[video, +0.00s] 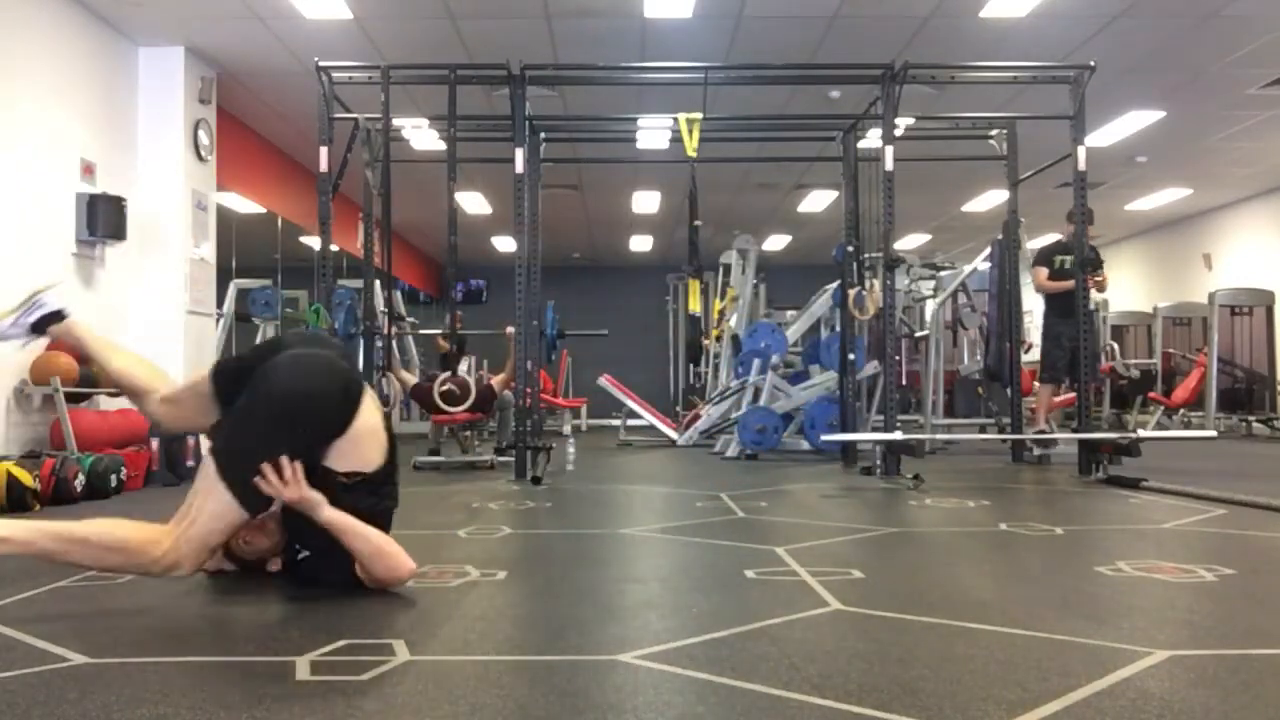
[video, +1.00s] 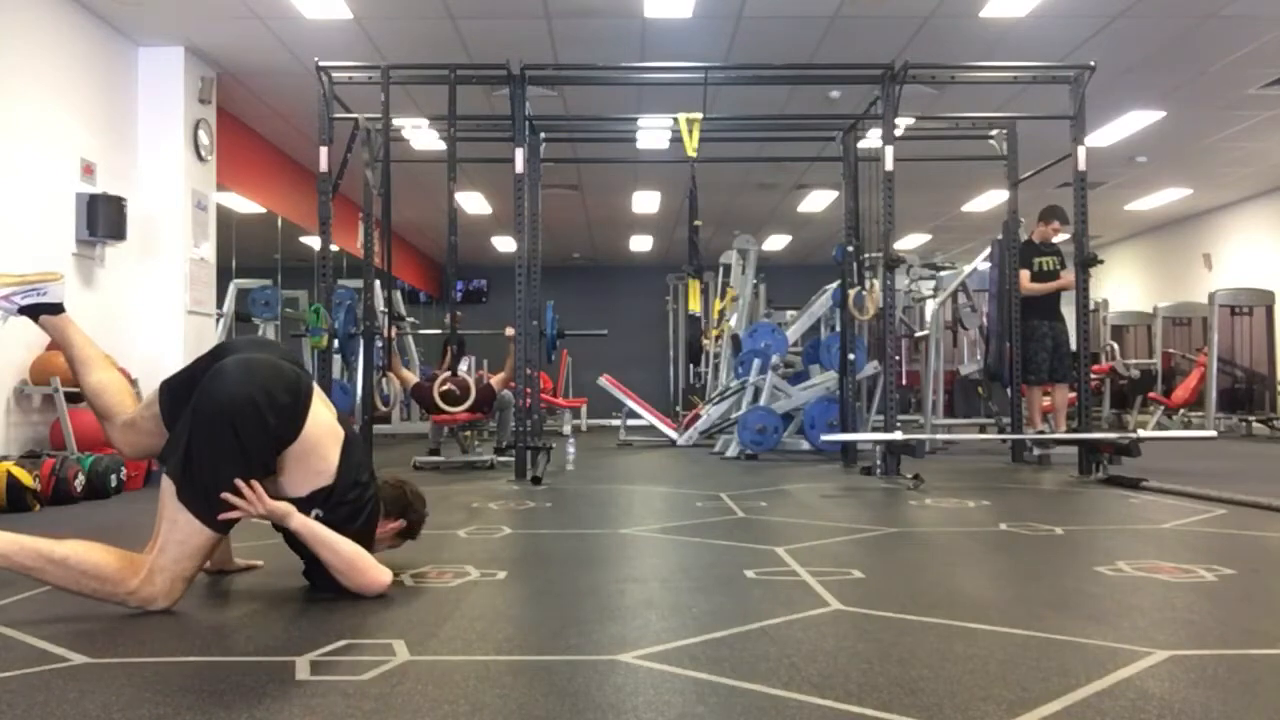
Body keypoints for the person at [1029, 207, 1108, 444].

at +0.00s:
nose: (1080, 230)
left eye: (1085, 226)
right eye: (1076, 224)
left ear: (1091, 228)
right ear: (1067, 225)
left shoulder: (1092, 254)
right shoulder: (1047, 252)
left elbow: (1101, 286)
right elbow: (1040, 284)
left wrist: (1098, 282)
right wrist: (1074, 284)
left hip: (1083, 321)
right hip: (1057, 321)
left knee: (1086, 374)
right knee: (1050, 375)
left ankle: (1085, 421)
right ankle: (1041, 423)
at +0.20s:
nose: (1070, 236)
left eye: (1073, 232)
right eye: (1067, 230)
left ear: (1075, 230)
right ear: (1056, 225)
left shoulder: (1076, 251)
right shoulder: (1036, 252)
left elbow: (1082, 278)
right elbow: (1029, 285)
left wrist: (1088, 281)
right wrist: (1065, 284)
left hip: (1074, 321)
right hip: (1047, 321)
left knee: (1077, 376)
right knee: (1042, 377)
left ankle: (1082, 423)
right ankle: (1038, 424)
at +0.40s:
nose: (1065, 236)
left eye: (1067, 231)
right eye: (1062, 230)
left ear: (1063, 230)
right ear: (1049, 225)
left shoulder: (1064, 251)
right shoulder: (1029, 250)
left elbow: (1069, 280)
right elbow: (1025, 286)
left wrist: (1081, 280)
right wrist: (1063, 284)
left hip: (1061, 318)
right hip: (1038, 319)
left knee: (1072, 373)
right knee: (1038, 377)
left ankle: (1076, 422)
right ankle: (1038, 425)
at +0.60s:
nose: (1059, 236)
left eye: (1061, 232)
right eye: (1058, 230)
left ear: (1053, 228)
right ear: (1045, 224)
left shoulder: (1057, 250)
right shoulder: (1026, 250)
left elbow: (1063, 278)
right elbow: (1024, 286)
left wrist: (1079, 279)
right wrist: (1060, 284)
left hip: (1057, 317)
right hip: (1035, 318)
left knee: (1062, 376)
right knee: (1036, 377)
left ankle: (1061, 429)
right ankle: (1037, 427)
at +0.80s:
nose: (1057, 235)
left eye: (1059, 231)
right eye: (1054, 229)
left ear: (1053, 228)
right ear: (1041, 224)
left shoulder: (1056, 251)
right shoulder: (1025, 249)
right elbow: (1023, 287)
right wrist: (1059, 284)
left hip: (1055, 317)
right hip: (1034, 319)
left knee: (1061, 376)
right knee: (1036, 377)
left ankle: (1061, 428)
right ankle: (1037, 427)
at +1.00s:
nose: (1056, 235)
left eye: (1059, 231)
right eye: (1055, 230)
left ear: (1049, 228)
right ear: (1042, 225)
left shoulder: (1055, 251)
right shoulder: (1024, 250)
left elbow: (1062, 279)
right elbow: (1024, 287)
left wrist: (1075, 278)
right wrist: (1059, 283)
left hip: (1055, 317)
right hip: (1033, 319)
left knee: (1061, 376)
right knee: (1036, 377)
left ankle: (1061, 428)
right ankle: (1037, 427)